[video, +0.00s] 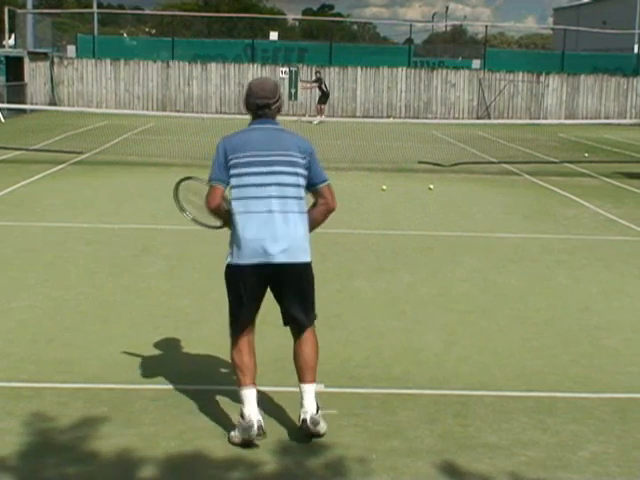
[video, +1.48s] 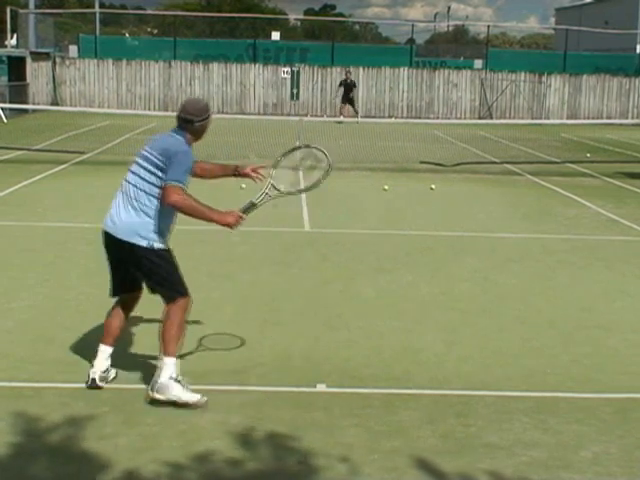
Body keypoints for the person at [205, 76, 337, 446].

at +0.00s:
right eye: (276, 102)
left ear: (247, 108)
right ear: (280, 107)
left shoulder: (229, 144)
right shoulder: (300, 145)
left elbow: (214, 202)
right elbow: (327, 202)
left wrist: (231, 218)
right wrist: (297, 229)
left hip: (247, 255)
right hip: (293, 254)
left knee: (242, 332)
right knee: (304, 327)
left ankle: (251, 418)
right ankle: (310, 412)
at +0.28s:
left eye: (267, 105)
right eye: (288, 105)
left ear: (259, 110)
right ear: (291, 110)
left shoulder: (240, 146)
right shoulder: (310, 149)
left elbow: (214, 198)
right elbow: (331, 206)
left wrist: (239, 214)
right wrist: (303, 234)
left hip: (251, 253)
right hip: (297, 255)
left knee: (240, 313)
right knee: (303, 329)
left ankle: (241, 396)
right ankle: (309, 417)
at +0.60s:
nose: (284, 99)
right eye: (286, 95)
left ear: (255, 96)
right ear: (285, 98)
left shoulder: (233, 131)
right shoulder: (295, 137)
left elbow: (211, 182)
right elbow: (313, 197)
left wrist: (243, 187)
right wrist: (294, 221)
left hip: (238, 238)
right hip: (279, 238)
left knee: (239, 312)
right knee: (303, 307)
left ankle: (234, 394)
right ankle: (301, 395)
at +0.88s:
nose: (289, 126)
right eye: (290, 122)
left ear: (259, 124)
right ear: (288, 126)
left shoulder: (237, 159)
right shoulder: (297, 164)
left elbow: (219, 212)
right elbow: (311, 226)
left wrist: (249, 221)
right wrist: (297, 256)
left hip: (236, 260)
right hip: (279, 262)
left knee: (214, 317)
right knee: (307, 324)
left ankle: (174, 387)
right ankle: (302, 405)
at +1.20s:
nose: (247, 120)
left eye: (245, 115)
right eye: (247, 115)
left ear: (216, 112)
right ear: (244, 118)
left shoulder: (195, 139)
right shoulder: (232, 151)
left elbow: (213, 185)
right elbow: (230, 206)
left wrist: (258, 191)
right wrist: (256, 229)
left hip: (164, 233)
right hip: (198, 240)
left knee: (170, 300)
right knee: (232, 304)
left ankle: (142, 366)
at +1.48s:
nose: (207, 129)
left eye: (204, 124)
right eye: (207, 124)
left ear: (180, 120)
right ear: (203, 127)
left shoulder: (160, 140)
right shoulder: (180, 152)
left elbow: (197, 168)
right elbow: (172, 196)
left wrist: (237, 170)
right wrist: (218, 216)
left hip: (115, 231)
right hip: (143, 238)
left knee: (128, 295)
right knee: (178, 299)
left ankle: (99, 366)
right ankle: (166, 379)